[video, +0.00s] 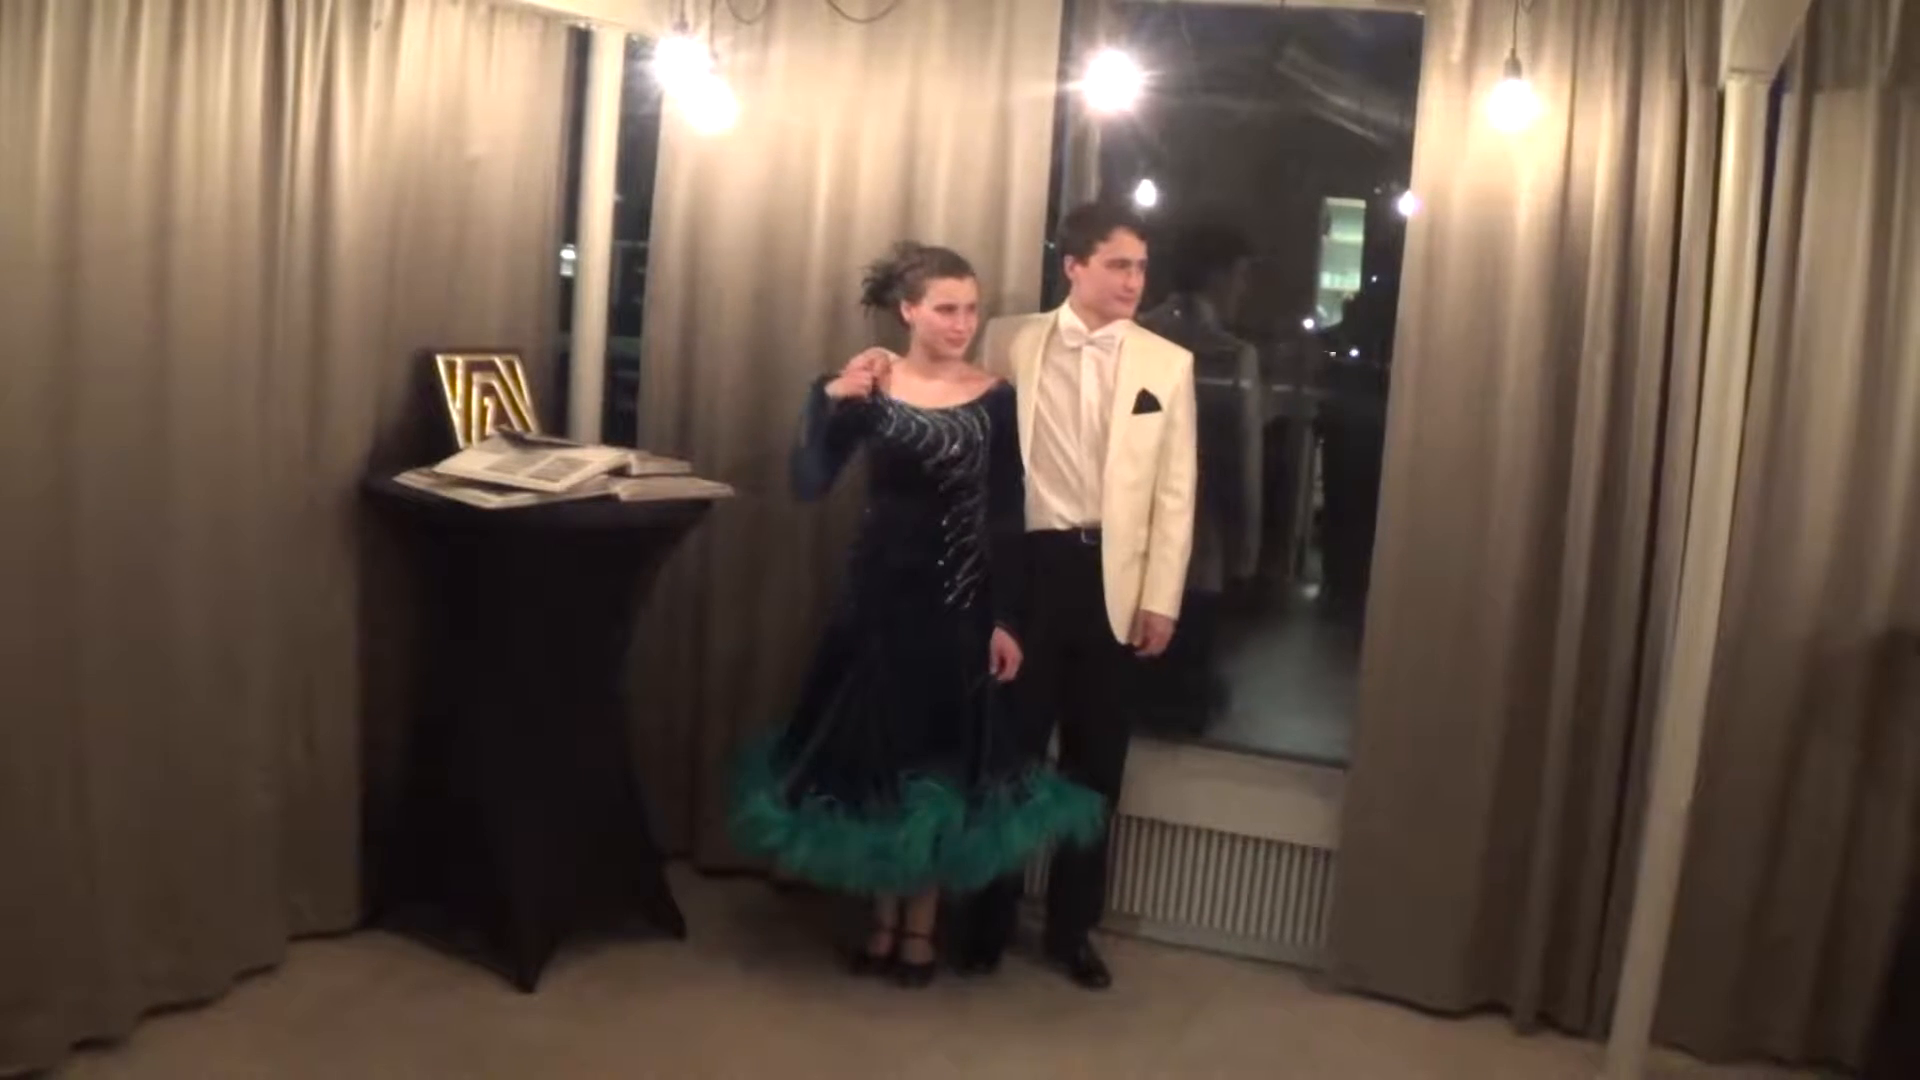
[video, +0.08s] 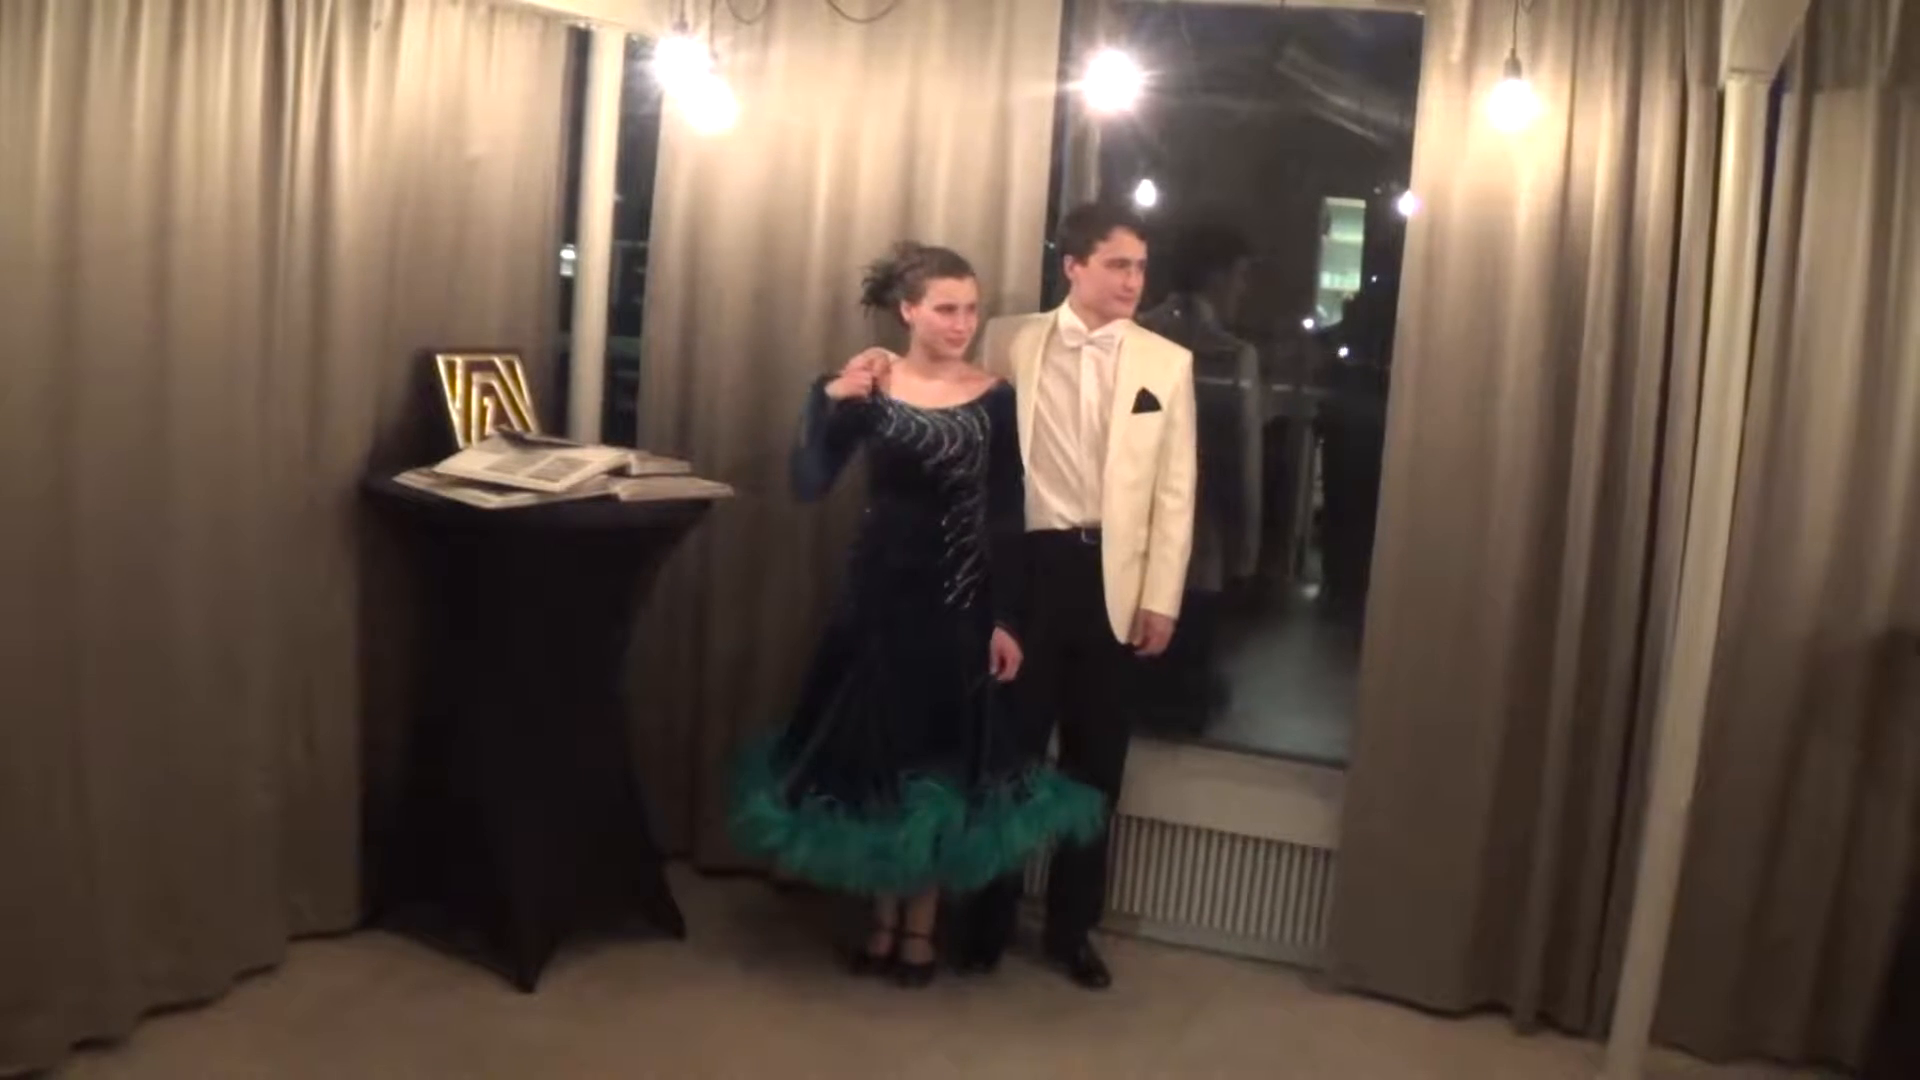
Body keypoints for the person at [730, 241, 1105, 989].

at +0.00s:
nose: (960, 323)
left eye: (970, 309)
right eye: (944, 309)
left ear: (981, 315)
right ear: (905, 312)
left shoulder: (994, 398)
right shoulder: (874, 385)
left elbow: (1006, 515)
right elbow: (810, 480)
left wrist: (1006, 618)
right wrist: (833, 398)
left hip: (961, 598)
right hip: (885, 591)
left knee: (941, 753)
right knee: (882, 747)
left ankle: (923, 910)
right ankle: (881, 907)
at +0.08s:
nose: (960, 323)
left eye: (970, 309)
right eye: (944, 309)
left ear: (981, 315)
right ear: (905, 312)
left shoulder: (993, 398)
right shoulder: (874, 385)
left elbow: (1006, 515)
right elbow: (810, 481)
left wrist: (1006, 618)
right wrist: (832, 398)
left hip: (961, 598)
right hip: (885, 591)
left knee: (942, 753)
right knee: (882, 747)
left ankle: (923, 911)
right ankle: (881, 908)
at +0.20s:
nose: (959, 323)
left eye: (969, 309)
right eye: (943, 309)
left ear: (981, 314)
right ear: (904, 311)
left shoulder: (992, 397)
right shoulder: (872, 384)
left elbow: (1006, 515)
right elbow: (810, 482)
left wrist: (1005, 618)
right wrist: (830, 398)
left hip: (960, 598)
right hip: (884, 592)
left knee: (942, 753)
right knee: (882, 748)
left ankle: (923, 913)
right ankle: (881, 909)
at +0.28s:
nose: (960, 323)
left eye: (969, 309)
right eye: (944, 309)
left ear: (981, 314)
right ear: (903, 312)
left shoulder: (992, 397)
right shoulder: (873, 385)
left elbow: (1005, 515)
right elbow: (809, 483)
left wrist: (1003, 617)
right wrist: (830, 398)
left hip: (959, 597)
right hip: (883, 590)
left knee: (940, 752)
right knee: (878, 747)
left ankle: (922, 907)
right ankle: (877, 904)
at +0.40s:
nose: (959, 323)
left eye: (968, 309)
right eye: (943, 309)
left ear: (980, 314)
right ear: (902, 311)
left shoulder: (991, 397)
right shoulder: (870, 384)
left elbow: (1004, 515)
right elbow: (808, 482)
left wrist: (1003, 617)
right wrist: (829, 397)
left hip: (958, 597)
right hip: (882, 589)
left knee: (939, 753)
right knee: (877, 748)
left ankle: (922, 910)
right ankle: (877, 907)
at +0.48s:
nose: (959, 323)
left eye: (968, 309)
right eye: (943, 309)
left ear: (980, 314)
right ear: (902, 312)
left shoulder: (991, 397)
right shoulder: (870, 384)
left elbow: (1004, 514)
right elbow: (808, 482)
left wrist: (1003, 617)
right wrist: (829, 397)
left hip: (958, 597)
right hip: (882, 589)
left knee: (938, 752)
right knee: (877, 747)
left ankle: (922, 908)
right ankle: (877, 906)